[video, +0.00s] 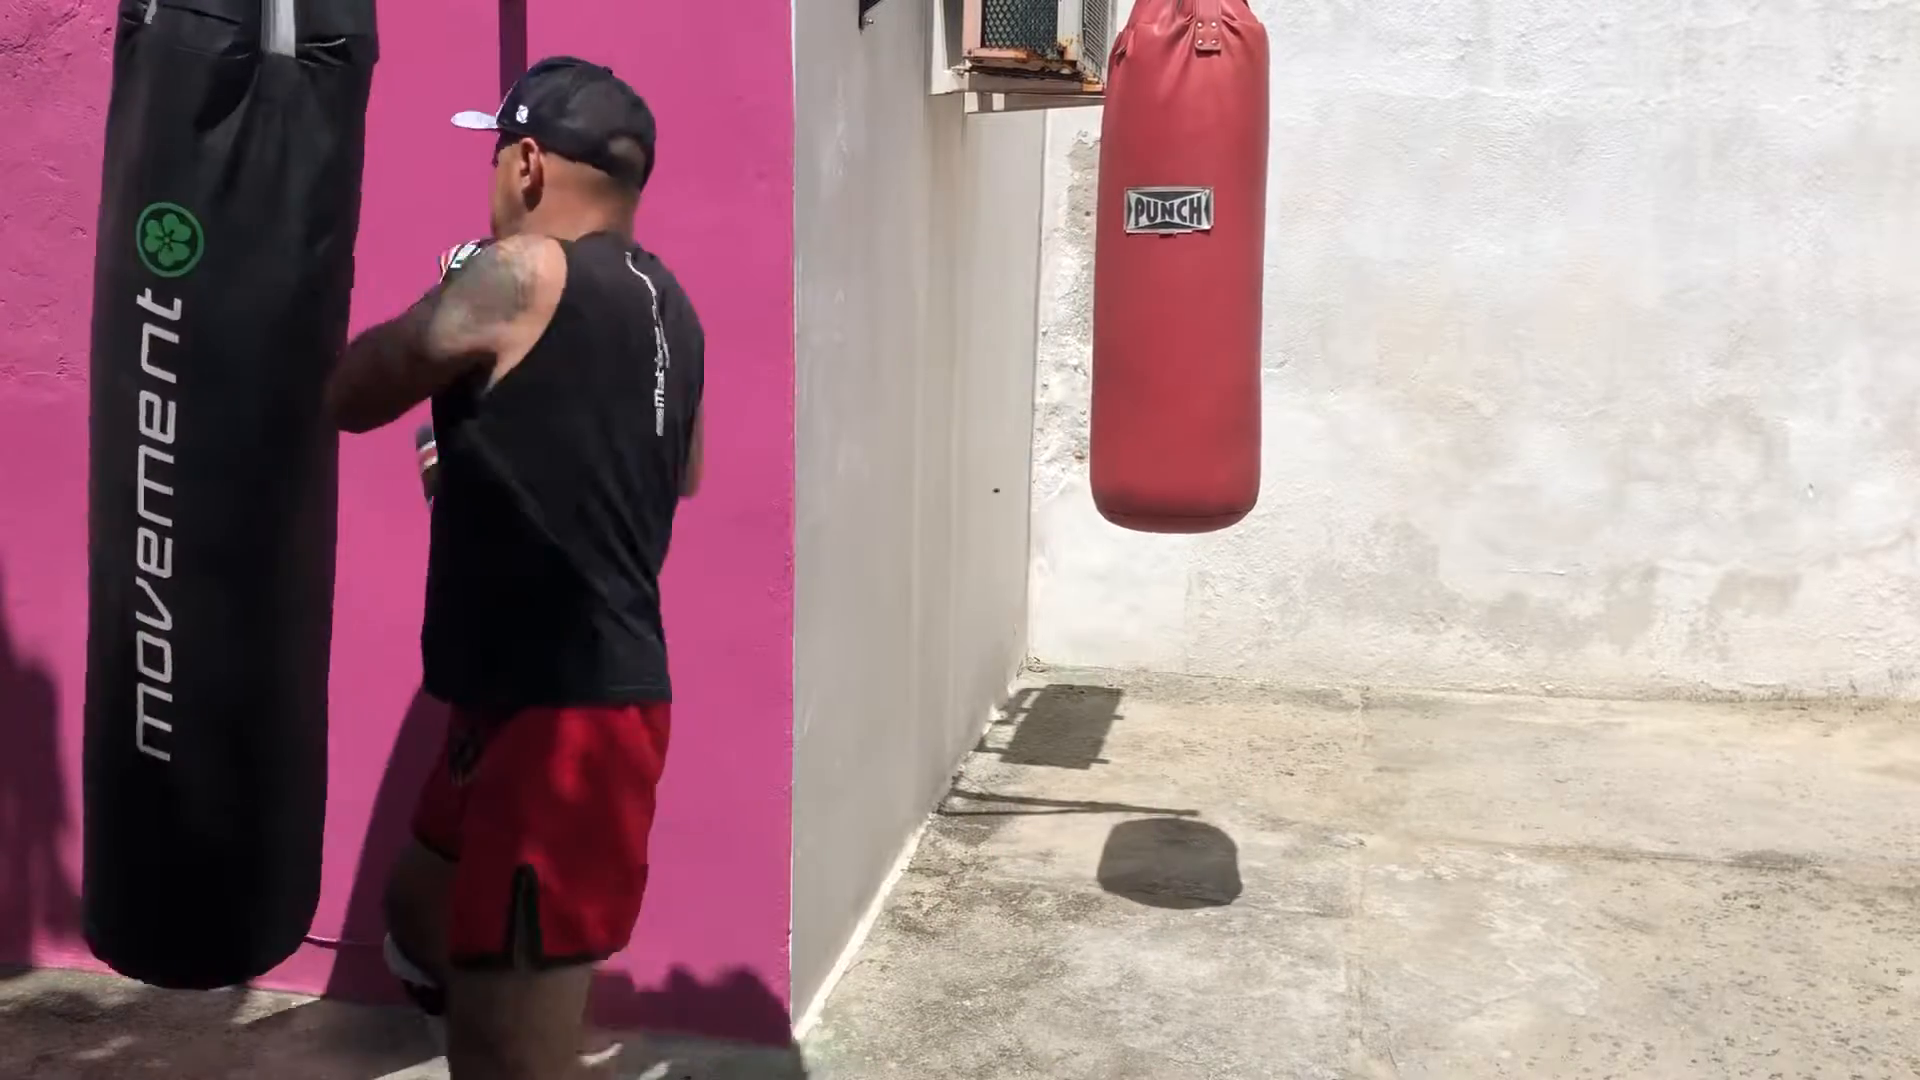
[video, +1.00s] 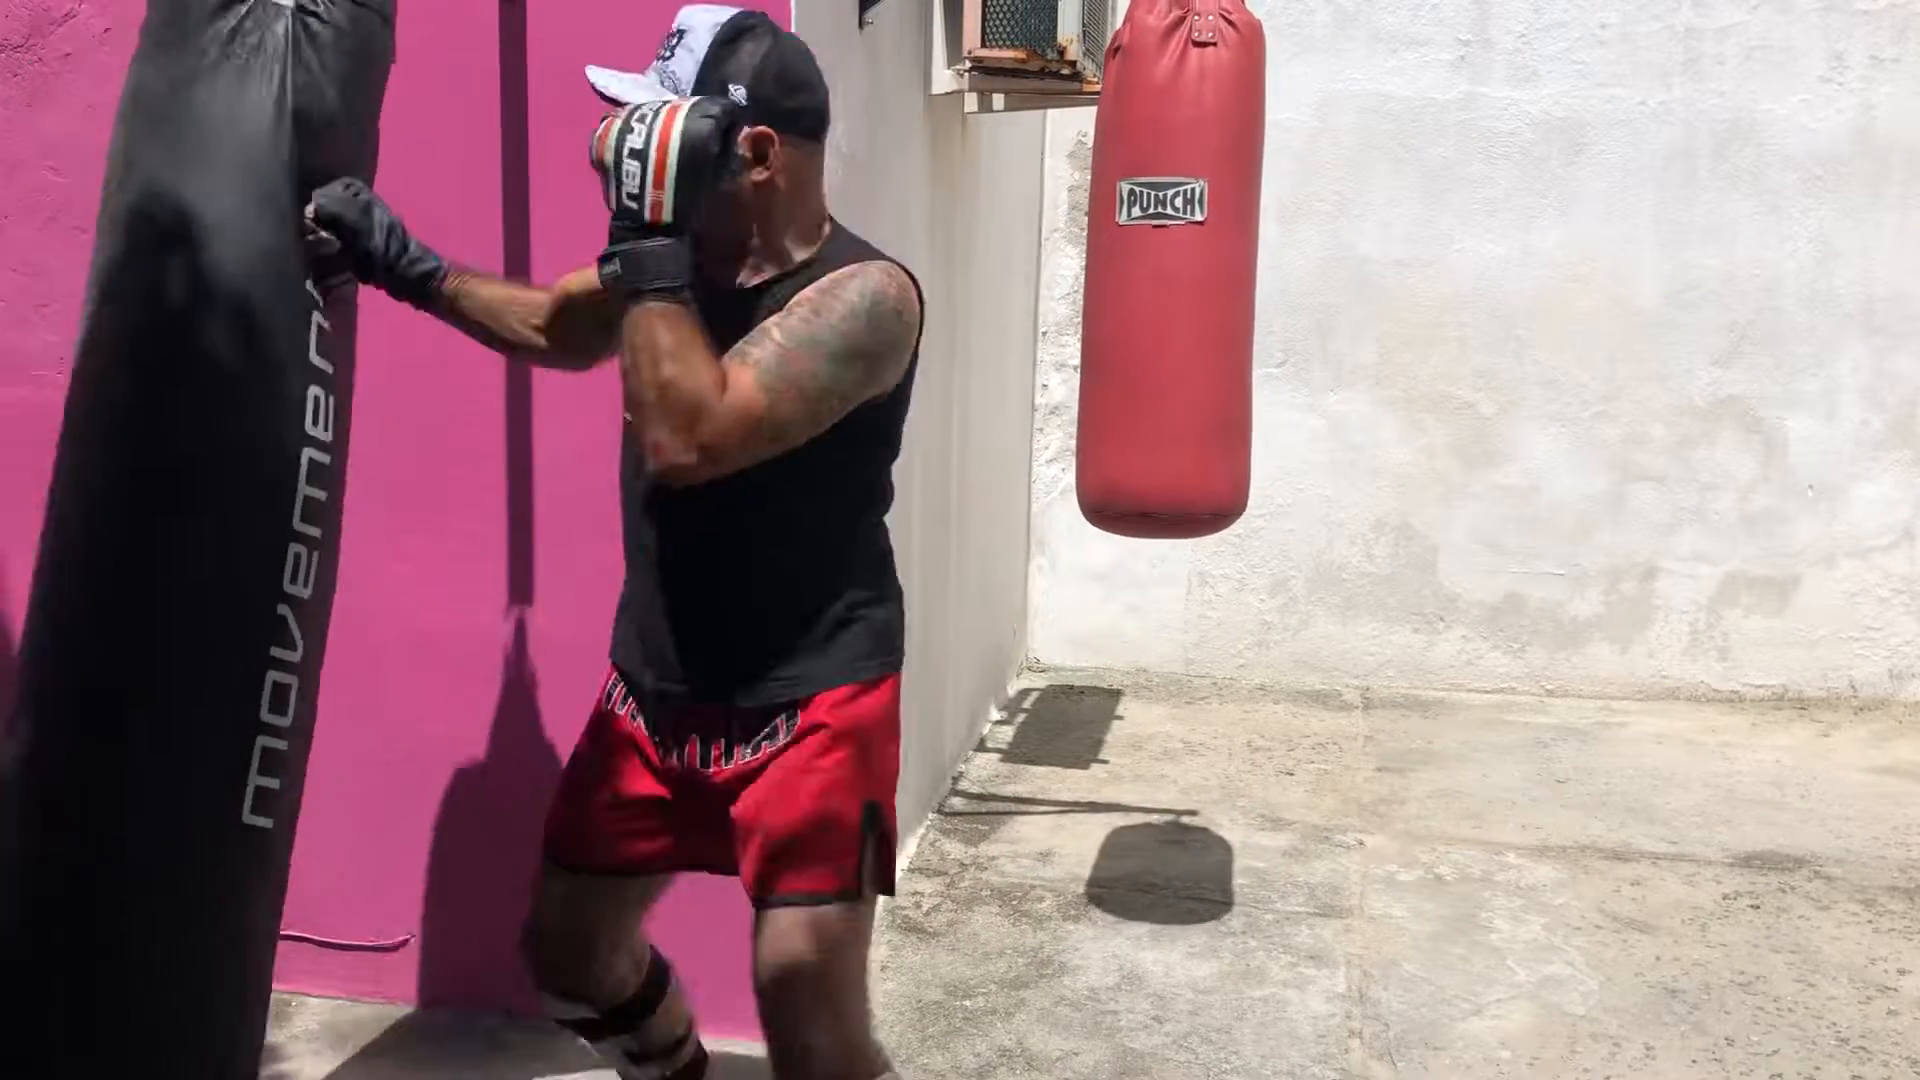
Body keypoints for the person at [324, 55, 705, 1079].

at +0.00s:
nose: (494, 181)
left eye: (500, 157)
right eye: (500, 158)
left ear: (530, 164)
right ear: (629, 177)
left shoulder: (515, 272)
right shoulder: (666, 306)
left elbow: (346, 396)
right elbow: (676, 476)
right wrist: (494, 459)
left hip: (555, 709)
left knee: (514, 1040)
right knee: (422, 919)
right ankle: (534, 1053)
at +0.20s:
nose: (454, 251)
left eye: (469, 225)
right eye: (460, 228)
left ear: (526, 229)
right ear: (554, 237)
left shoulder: (546, 312)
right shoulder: (617, 382)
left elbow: (362, 444)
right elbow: (722, 549)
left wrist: (405, 367)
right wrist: (703, 690)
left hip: (542, 733)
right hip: (441, 722)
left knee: (486, 1042)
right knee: (359, 978)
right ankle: (490, 1062)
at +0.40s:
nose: (464, 249)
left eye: (479, 225)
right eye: (468, 227)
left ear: (539, 222)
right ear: (544, 228)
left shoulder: (569, 286)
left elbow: (366, 399)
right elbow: (538, 567)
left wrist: (448, 339)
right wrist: (386, 633)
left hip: (561, 707)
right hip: (463, 710)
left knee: (514, 1042)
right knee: (395, 996)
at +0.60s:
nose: (448, 208)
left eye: (467, 184)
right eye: (455, 187)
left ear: (533, 199)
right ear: (537, 202)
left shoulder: (585, 284)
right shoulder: (583, 328)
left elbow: (402, 424)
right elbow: (709, 530)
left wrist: (384, 327)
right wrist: (623, 654)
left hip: (617, 705)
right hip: (501, 702)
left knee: (596, 1023)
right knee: (425, 989)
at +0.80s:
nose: (532, 236)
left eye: (553, 212)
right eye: (539, 211)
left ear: (624, 236)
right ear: (623, 238)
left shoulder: (726, 367)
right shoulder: (593, 374)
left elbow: (571, 530)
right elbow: (541, 541)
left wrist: (466, 372)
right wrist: (414, 479)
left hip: (693, 763)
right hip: (548, 750)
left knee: (709, 1041)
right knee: (428, 1001)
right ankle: (496, 1063)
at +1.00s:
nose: (661, 192)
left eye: (676, 164)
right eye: (656, 162)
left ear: (760, 159)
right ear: (748, 160)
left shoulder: (869, 299)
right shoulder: (692, 266)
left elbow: (686, 435)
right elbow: (560, 326)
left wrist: (650, 241)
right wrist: (409, 266)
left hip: (813, 700)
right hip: (656, 692)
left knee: (803, 1001)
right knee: (574, 955)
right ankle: (674, 1058)